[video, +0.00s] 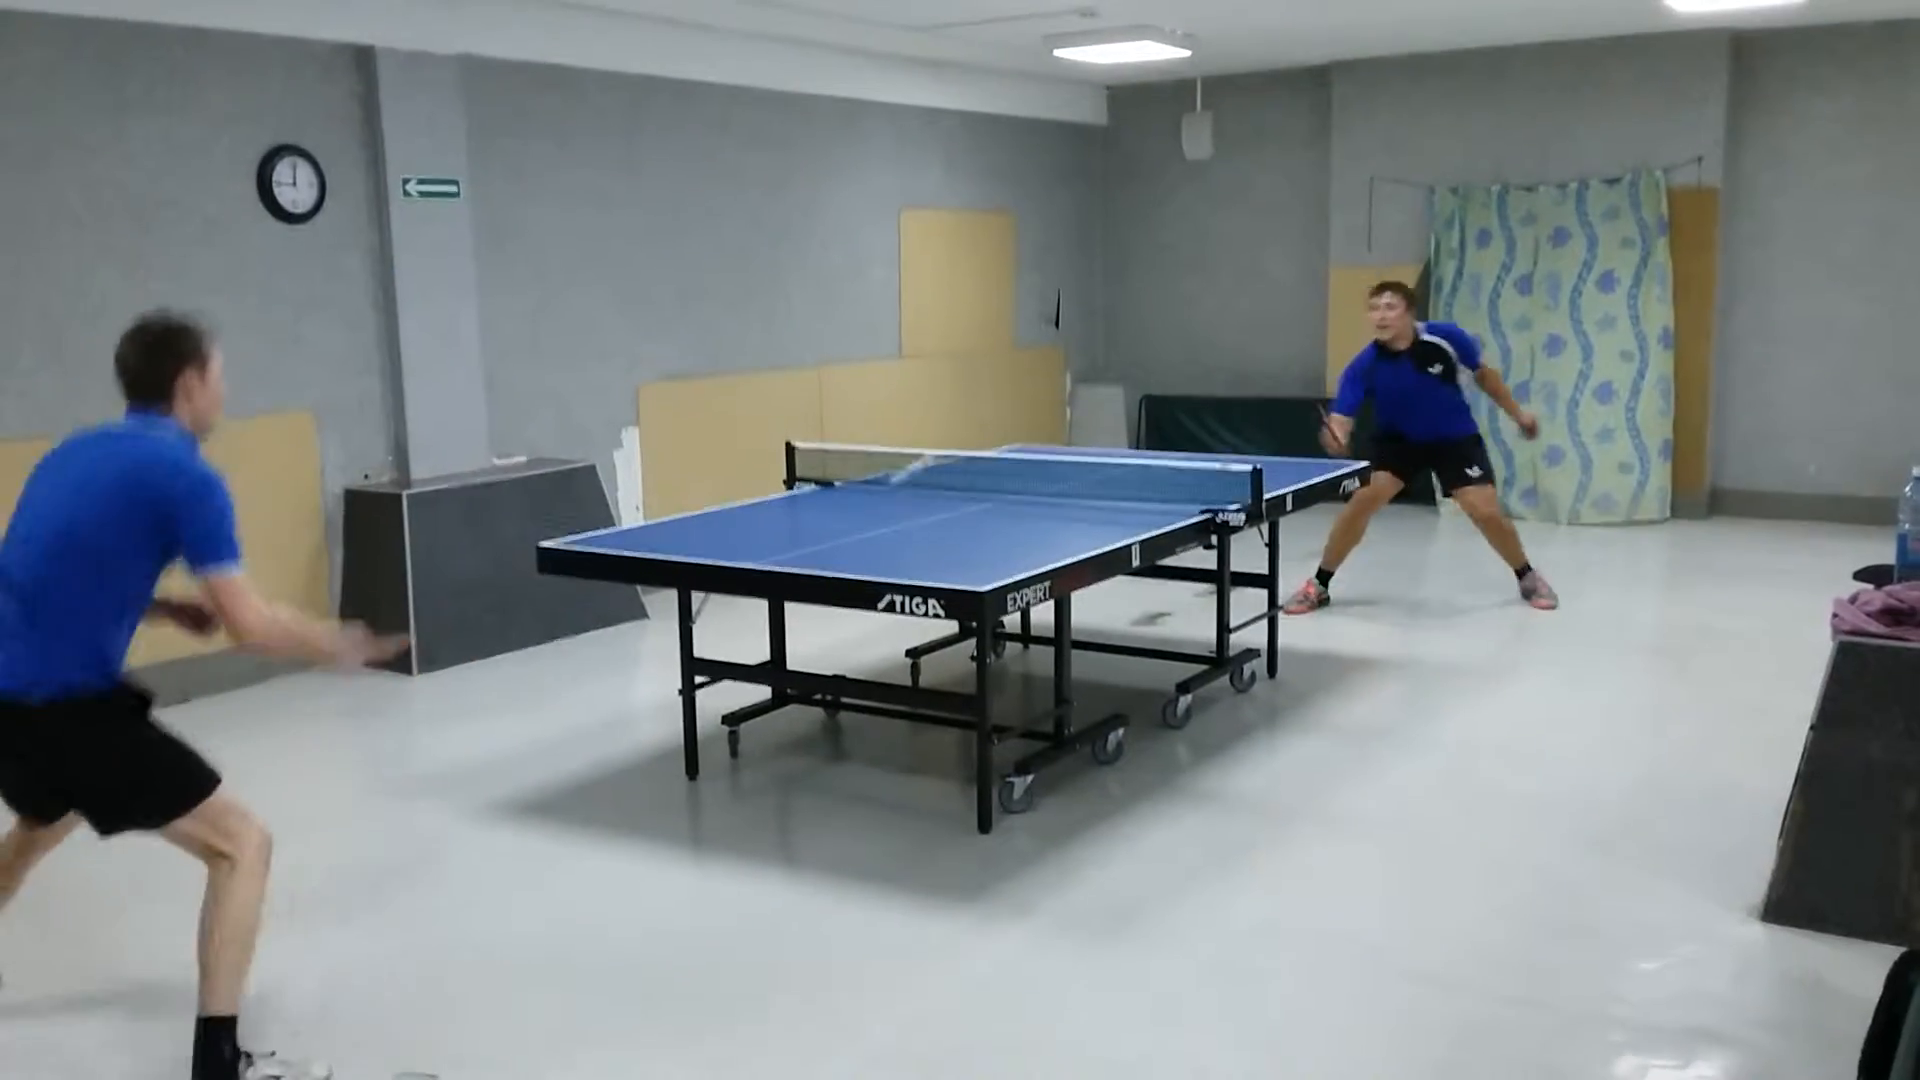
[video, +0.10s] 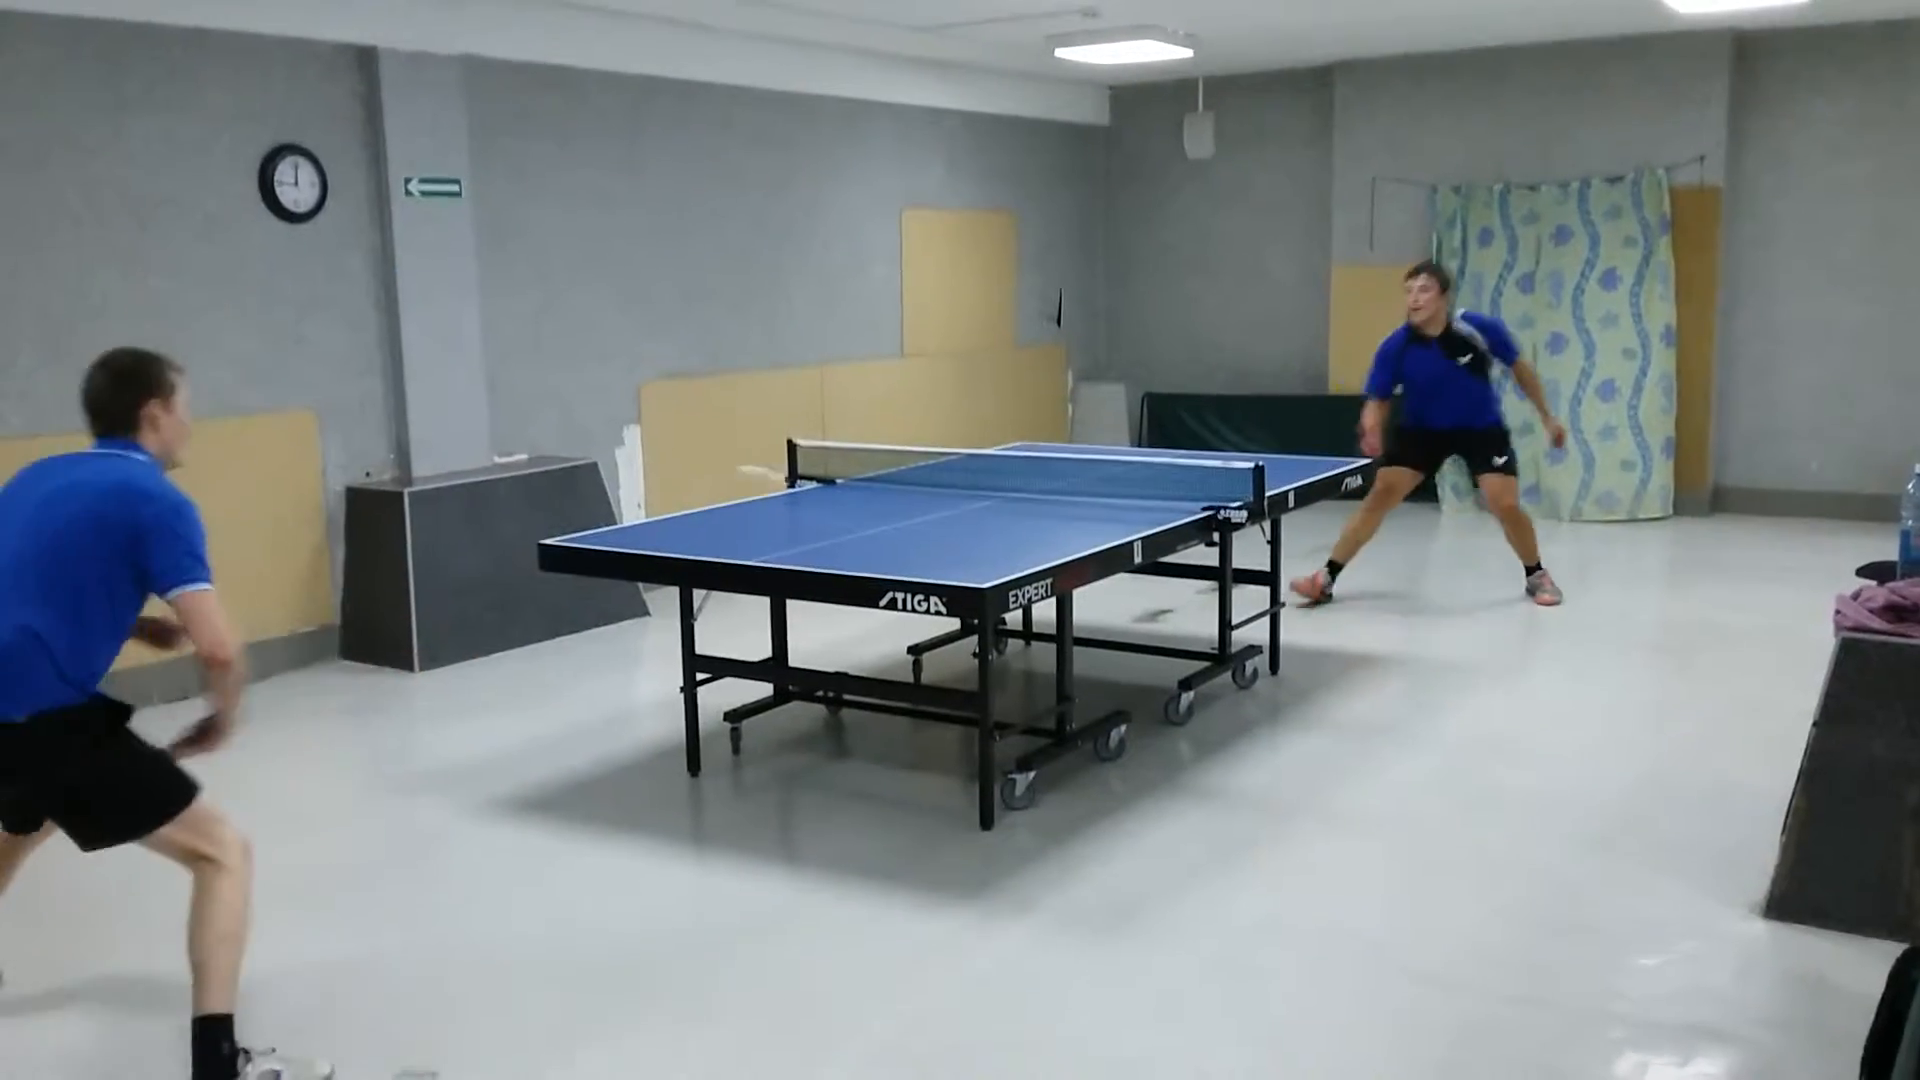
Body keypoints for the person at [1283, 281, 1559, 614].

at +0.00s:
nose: (1381, 316)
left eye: (1390, 307)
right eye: (1375, 309)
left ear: (1409, 311)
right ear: (1368, 316)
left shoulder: (1446, 340)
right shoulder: (1364, 366)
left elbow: (1484, 375)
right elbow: (1341, 420)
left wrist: (1517, 414)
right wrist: (1336, 438)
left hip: (1455, 440)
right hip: (1399, 445)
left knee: (1484, 511)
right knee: (1364, 499)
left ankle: (1527, 578)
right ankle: (1318, 585)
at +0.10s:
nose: (1414, 300)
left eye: (1424, 291)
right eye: (1410, 292)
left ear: (1444, 296)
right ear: (1404, 298)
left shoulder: (1480, 330)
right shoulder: (1396, 347)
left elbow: (1520, 370)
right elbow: (1376, 399)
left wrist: (1548, 418)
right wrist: (1372, 428)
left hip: (1481, 431)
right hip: (1422, 434)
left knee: (1504, 502)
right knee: (1382, 492)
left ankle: (1536, 576)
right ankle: (1326, 578)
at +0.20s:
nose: (1432, 279)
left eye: (1443, 272)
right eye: (1429, 272)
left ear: (1464, 279)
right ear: (1425, 279)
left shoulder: (1499, 313)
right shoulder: (1419, 325)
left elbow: (1546, 355)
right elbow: (1404, 374)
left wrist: (1563, 410)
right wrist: (1395, 404)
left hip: (1503, 419)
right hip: (1445, 420)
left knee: (1513, 493)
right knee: (1405, 481)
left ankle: (1539, 577)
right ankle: (1353, 570)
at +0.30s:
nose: (1442, 254)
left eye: (1452, 247)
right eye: (1439, 247)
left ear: (1475, 253)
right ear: (1435, 253)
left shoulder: (1512, 291)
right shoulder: (1430, 302)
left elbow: (1557, 330)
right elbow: (1415, 350)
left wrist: (1567, 382)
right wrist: (1402, 385)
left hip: (1517, 403)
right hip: (1463, 403)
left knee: (1521, 487)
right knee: (1428, 474)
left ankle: (1542, 575)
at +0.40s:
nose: (1447, 247)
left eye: (1457, 240)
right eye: (1444, 240)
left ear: (1480, 247)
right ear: (1440, 246)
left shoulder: (1515, 280)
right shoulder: (1436, 295)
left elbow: (1562, 318)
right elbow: (1420, 343)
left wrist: (1566, 371)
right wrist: (1412, 378)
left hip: (1529, 395)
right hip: (1478, 398)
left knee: (1532, 480)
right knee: (1459, 477)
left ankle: (1565, 567)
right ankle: (1472, 559)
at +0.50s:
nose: (1459, 259)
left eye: (1468, 251)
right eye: (1455, 252)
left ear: (1489, 256)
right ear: (1452, 258)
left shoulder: (1524, 290)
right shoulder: (1454, 307)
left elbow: (1575, 331)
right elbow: (1440, 354)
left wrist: (1563, 381)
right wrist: (1425, 381)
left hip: (1544, 403)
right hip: (1499, 410)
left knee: (1549, 482)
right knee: (1484, 486)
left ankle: (1605, 569)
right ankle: (1493, 566)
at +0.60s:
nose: (1481, 276)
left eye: (1490, 268)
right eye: (1476, 269)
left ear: (1510, 274)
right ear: (1473, 274)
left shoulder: (1541, 304)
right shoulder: (1481, 322)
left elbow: (1587, 349)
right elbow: (1474, 371)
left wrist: (1556, 399)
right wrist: (1456, 399)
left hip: (1577, 409)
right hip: (1529, 413)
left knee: (1583, 492)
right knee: (1499, 487)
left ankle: (1637, 586)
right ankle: (1507, 568)